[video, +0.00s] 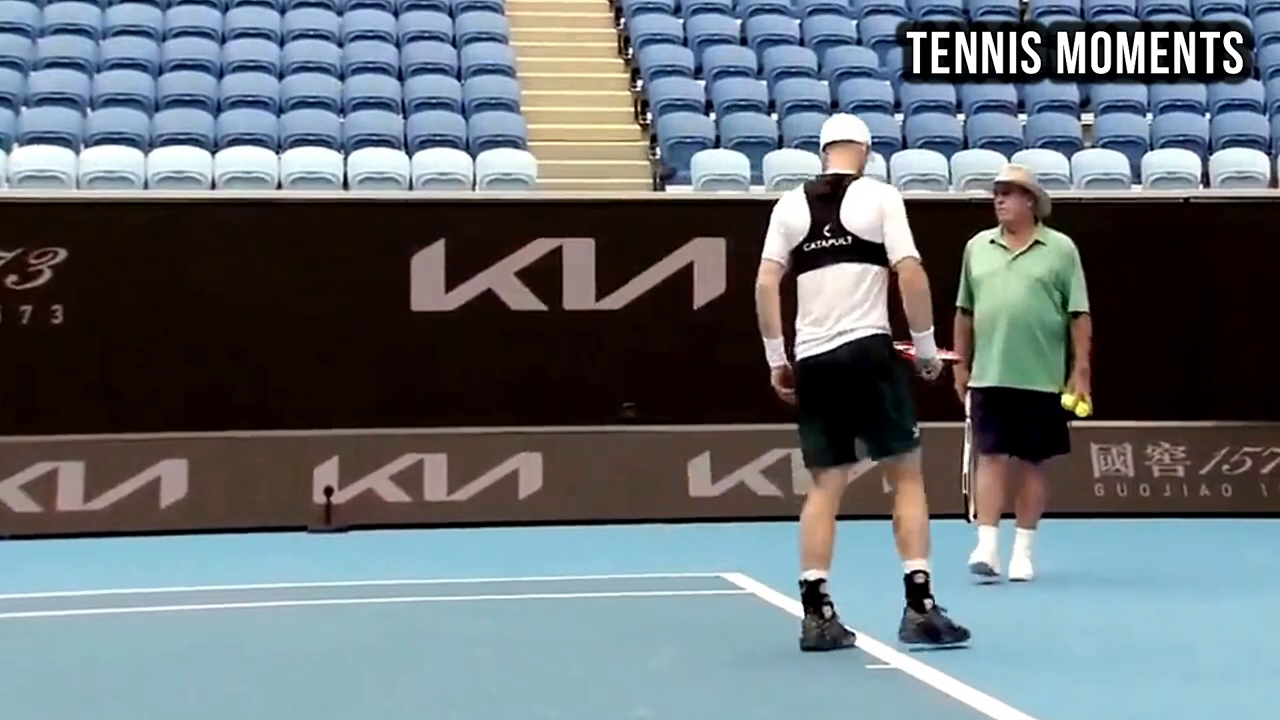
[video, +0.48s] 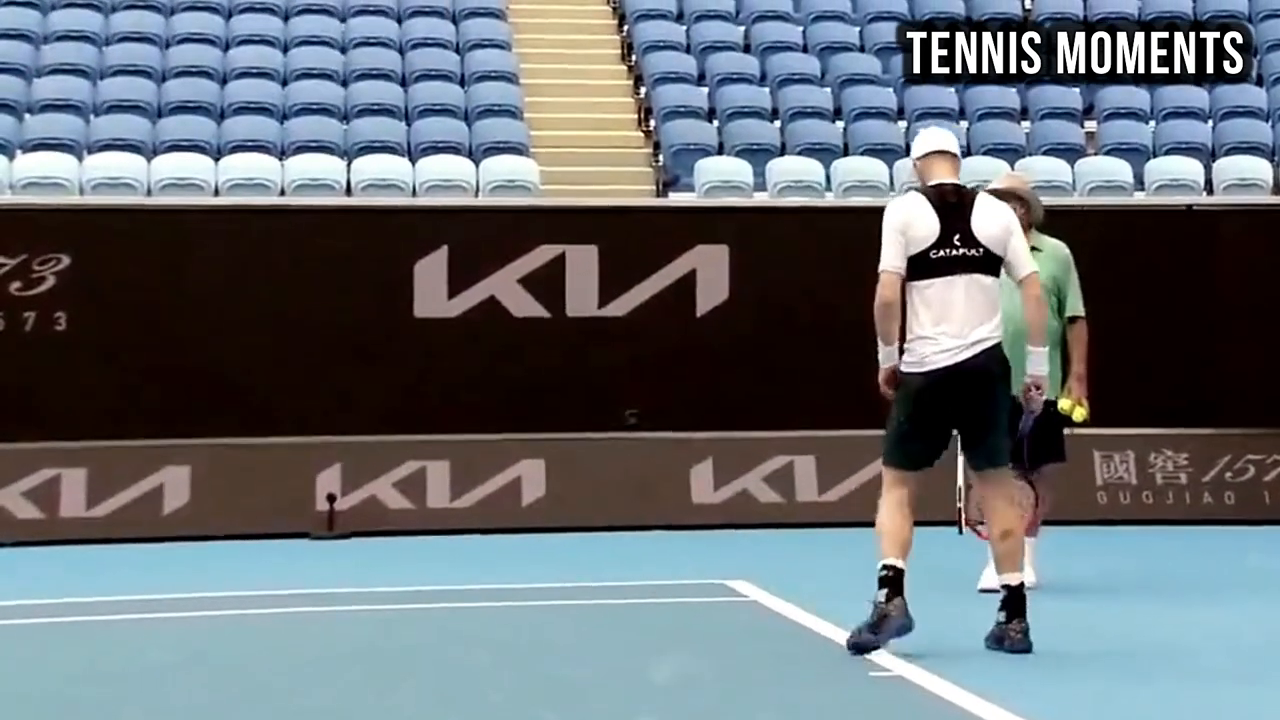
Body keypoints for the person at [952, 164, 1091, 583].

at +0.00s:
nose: (1000, 200)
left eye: (1009, 194)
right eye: (998, 194)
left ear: (1031, 200)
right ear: (995, 201)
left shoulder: (1061, 248)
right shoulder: (977, 246)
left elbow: (1080, 315)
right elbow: (964, 312)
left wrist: (1080, 372)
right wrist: (961, 366)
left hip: (1041, 376)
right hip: (988, 374)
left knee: (1031, 463)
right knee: (991, 457)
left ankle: (1024, 550)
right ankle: (986, 544)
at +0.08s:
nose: (1000, 202)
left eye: (1009, 195)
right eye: (998, 196)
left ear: (1031, 202)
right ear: (994, 202)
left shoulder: (1060, 249)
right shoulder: (976, 247)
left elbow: (1079, 315)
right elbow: (965, 315)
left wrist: (1080, 373)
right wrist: (961, 368)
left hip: (1042, 378)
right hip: (989, 375)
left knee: (1033, 464)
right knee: (993, 460)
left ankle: (1024, 551)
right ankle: (988, 548)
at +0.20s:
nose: (997, 200)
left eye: (1006, 194)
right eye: (995, 194)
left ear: (1028, 200)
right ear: (991, 200)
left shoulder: (1058, 247)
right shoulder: (974, 246)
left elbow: (1078, 313)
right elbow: (960, 312)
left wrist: (1078, 370)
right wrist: (956, 368)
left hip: (1039, 377)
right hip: (987, 375)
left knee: (1031, 464)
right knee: (994, 460)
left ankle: (1022, 549)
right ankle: (990, 549)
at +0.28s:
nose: (996, 204)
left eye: (1005, 197)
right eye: (994, 197)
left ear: (1028, 202)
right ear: (990, 204)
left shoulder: (1058, 250)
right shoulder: (975, 249)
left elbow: (1077, 315)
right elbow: (961, 316)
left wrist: (1077, 372)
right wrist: (962, 370)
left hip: (1039, 382)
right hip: (988, 380)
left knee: (1030, 467)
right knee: (993, 465)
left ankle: (1024, 551)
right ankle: (991, 551)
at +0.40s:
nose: (1002, 207)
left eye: (1010, 200)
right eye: (997, 200)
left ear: (1028, 206)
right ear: (990, 207)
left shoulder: (1057, 253)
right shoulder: (982, 251)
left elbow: (1076, 318)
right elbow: (966, 311)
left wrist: (1078, 376)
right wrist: (965, 369)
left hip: (1040, 384)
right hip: (989, 381)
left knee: (1031, 472)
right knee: (992, 472)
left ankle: (1024, 551)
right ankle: (997, 555)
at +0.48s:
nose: (1008, 213)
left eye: (1015, 204)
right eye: (1000, 205)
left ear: (1030, 209)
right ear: (988, 211)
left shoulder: (1055, 253)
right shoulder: (979, 253)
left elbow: (1076, 320)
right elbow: (968, 317)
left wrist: (1077, 379)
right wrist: (969, 375)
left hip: (1042, 382)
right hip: (993, 382)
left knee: (1033, 474)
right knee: (997, 474)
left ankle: (1025, 554)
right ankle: (998, 556)